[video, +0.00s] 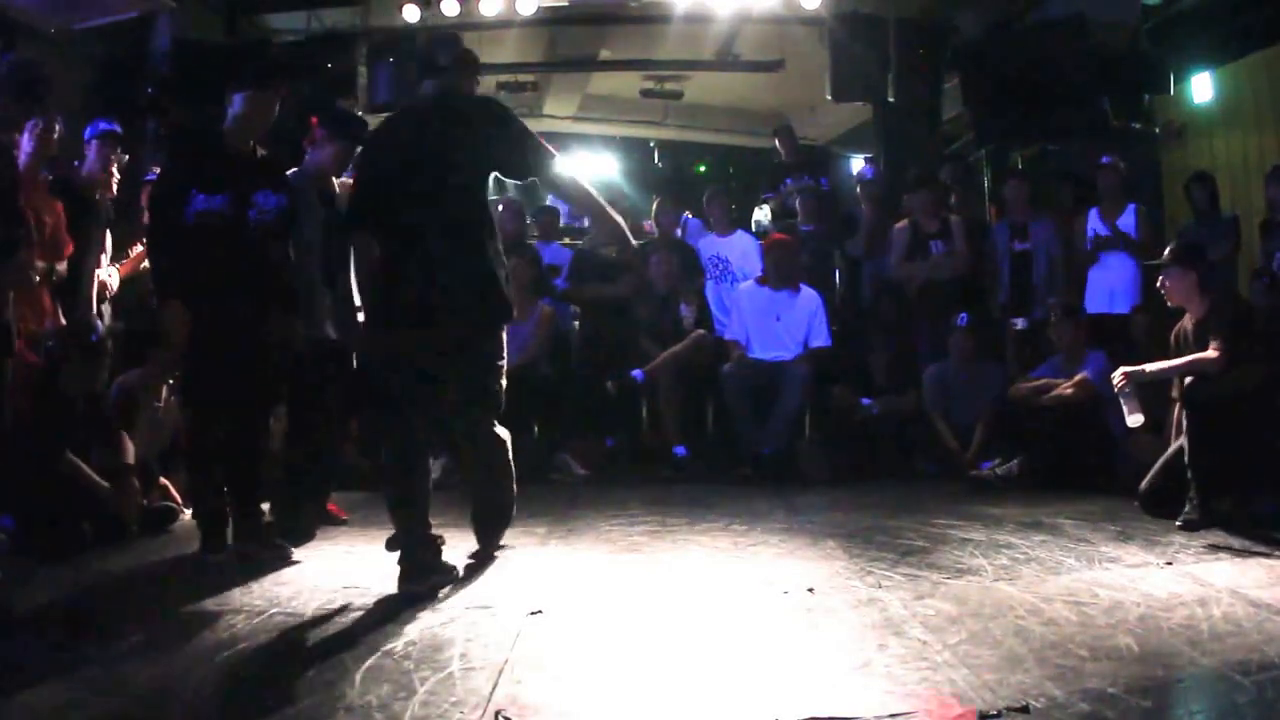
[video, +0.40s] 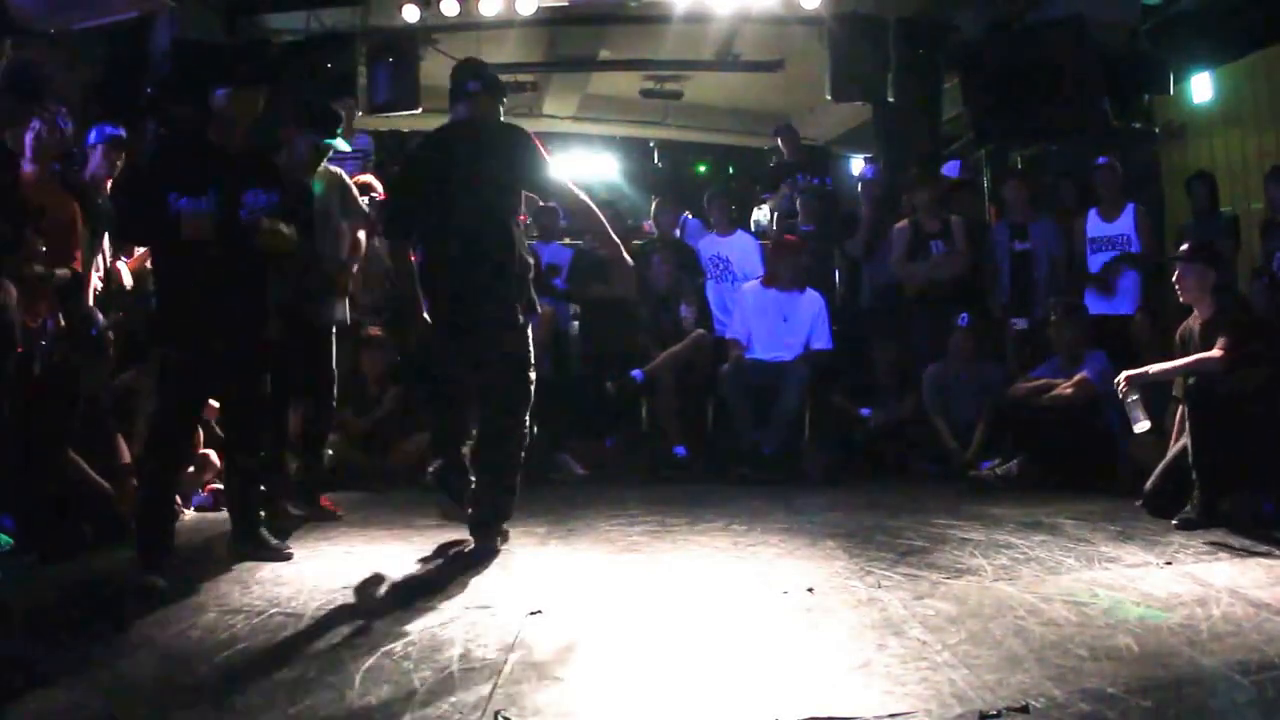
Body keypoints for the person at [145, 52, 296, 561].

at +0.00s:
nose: (268, 117)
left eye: (271, 108)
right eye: (261, 106)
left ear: (269, 117)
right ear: (235, 107)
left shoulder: (271, 172)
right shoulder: (191, 162)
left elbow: (289, 248)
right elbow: (162, 234)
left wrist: (294, 308)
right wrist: (171, 299)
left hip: (260, 308)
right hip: (203, 308)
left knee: (251, 417)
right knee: (206, 418)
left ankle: (250, 525)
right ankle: (212, 529)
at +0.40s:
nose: (239, 124)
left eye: (249, 114)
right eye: (231, 113)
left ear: (258, 115)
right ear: (210, 112)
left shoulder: (262, 168)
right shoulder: (176, 159)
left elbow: (297, 233)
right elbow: (128, 217)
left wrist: (280, 231)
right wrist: (179, 220)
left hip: (248, 317)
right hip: (185, 315)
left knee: (247, 427)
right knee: (170, 433)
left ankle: (249, 528)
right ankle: (152, 548)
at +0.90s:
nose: (158, 79)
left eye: (169, 68)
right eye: (150, 67)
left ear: (180, 73)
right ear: (132, 70)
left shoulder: (200, 134)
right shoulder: (96, 142)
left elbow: (229, 210)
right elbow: (69, 220)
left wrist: (192, 172)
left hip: (194, 302)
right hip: (122, 304)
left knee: (217, 423)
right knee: (129, 433)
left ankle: (225, 533)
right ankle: (143, 557)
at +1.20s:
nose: (151, 73)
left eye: (161, 63)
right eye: (142, 61)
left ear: (173, 68)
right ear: (121, 63)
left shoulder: (190, 132)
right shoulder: (83, 132)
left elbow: (222, 204)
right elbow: (46, 210)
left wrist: (176, 155)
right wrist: (100, 160)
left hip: (164, 297)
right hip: (93, 295)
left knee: (149, 424)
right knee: (99, 422)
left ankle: (142, 554)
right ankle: (115, 549)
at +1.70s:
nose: (132, 53)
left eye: (148, 44)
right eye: (127, 37)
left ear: (167, 46)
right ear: (108, 30)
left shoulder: (169, 107)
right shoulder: (51, 89)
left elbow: (183, 188)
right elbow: (17, 164)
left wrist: (136, 117)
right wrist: (73, 109)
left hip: (121, 301)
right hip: (39, 297)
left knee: (116, 453)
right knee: (26, 447)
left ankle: (114, 598)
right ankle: (41, 587)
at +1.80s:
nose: (134, 41)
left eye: (147, 31)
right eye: (126, 26)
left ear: (161, 33)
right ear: (100, 20)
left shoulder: (163, 96)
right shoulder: (46, 81)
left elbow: (187, 182)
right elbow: (16, 164)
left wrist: (132, 108)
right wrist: (68, 107)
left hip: (120, 297)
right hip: (39, 294)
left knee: (117, 456)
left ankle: (116, 603)